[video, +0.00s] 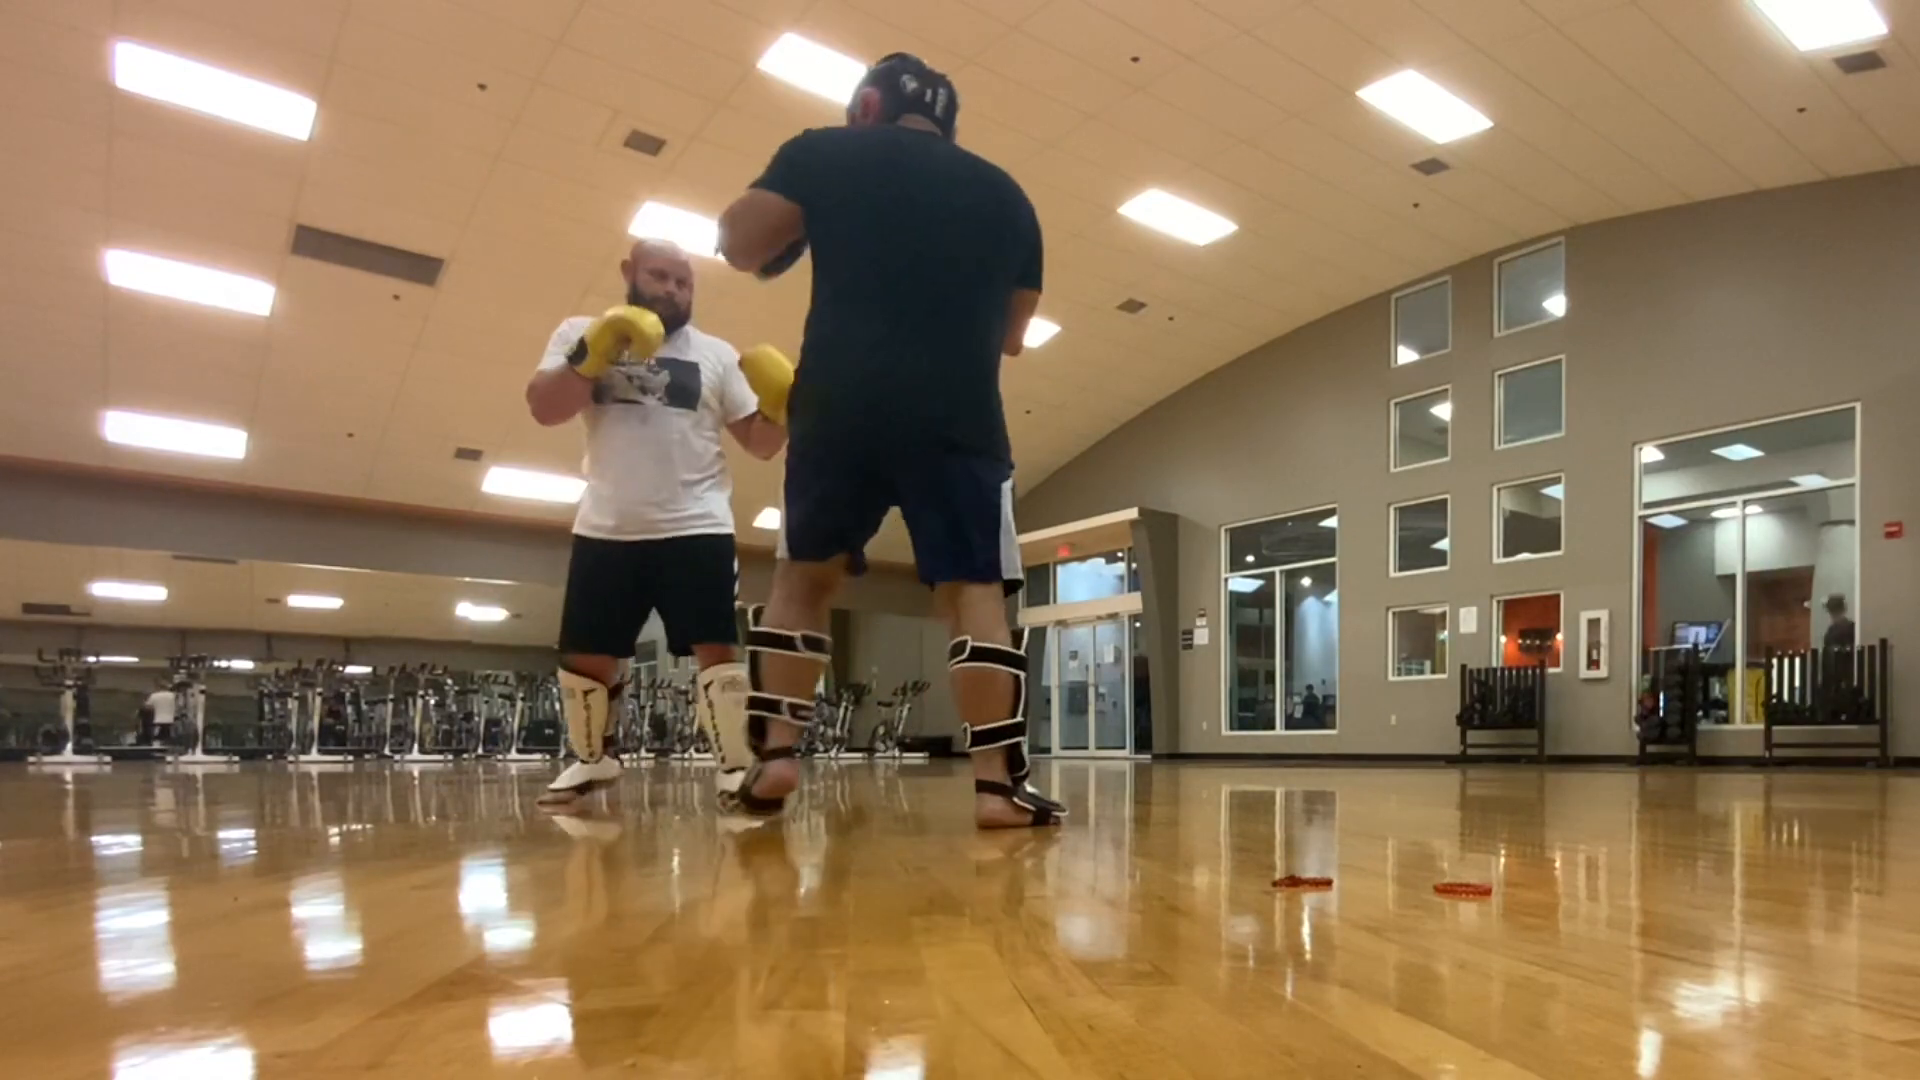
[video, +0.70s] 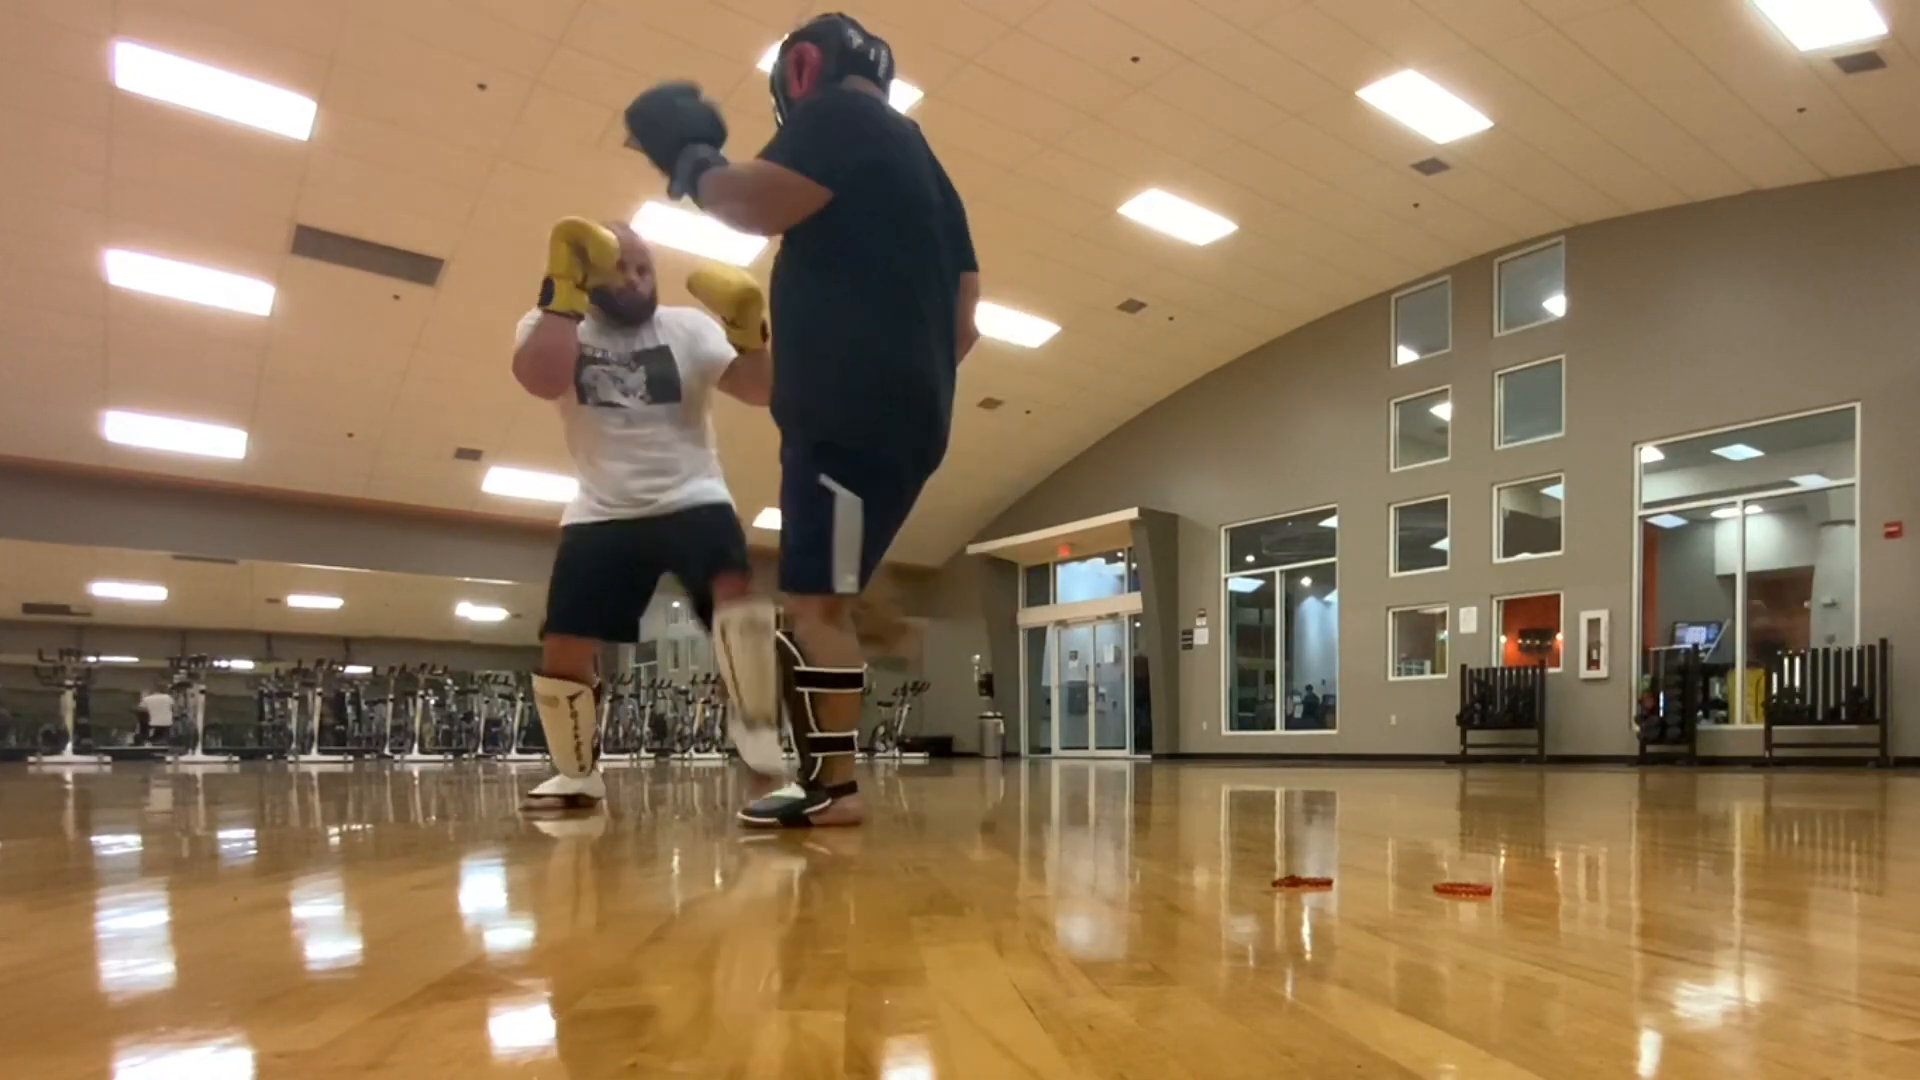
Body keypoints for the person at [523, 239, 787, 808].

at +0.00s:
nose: (671, 287)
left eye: (682, 281)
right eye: (659, 275)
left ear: (694, 293)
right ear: (628, 276)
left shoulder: (716, 356)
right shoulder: (582, 335)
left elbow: (762, 443)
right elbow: (545, 408)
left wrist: (782, 403)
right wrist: (595, 356)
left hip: (696, 529)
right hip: (608, 529)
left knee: (715, 648)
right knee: (587, 657)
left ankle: (735, 771)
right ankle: (589, 761)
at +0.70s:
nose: (637, 279)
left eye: (644, 267)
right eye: (622, 270)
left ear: (655, 271)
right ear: (592, 278)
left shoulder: (689, 328)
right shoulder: (560, 329)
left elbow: (760, 389)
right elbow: (544, 380)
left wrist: (753, 335)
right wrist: (566, 296)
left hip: (693, 499)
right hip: (602, 508)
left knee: (733, 583)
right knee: (566, 638)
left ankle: (757, 726)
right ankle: (576, 775)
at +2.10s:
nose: (733, 248)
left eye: (740, 240)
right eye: (723, 232)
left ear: (738, 245)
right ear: (683, 219)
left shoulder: (744, 310)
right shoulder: (611, 263)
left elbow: (794, 401)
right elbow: (595, 332)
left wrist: (837, 348)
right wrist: (666, 266)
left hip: (725, 503)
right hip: (627, 494)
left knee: (752, 635)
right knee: (615, 641)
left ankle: (803, 767)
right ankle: (608, 772)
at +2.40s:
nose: (787, 231)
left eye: (798, 223)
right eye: (777, 211)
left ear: (800, 233)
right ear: (733, 198)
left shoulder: (802, 299)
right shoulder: (662, 246)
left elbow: (825, 398)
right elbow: (618, 326)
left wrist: (865, 372)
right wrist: (704, 292)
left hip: (770, 490)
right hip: (667, 472)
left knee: (790, 631)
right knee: (609, 621)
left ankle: (810, 771)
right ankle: (585, 738)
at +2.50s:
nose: (783, 212)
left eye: (794, 203)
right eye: (771, 196)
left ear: (799, 211)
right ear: (728, 188)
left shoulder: (805, 283)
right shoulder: (662, 234)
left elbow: (855, 378)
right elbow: (620, 308)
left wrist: (890, 327)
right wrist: (700, 247)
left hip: (768, 475)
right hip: (667, 457)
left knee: (785, 626)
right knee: (618, 605)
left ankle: (810, 773)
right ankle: (577, 760)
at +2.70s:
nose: (758, 184)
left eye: (765, 181)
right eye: (745, 168)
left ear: (768, 196)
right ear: (695, 161)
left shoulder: (775, 270)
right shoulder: (628, 223)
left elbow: (828, 370)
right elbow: (598, 309)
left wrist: (864, 315)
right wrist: (689, 254)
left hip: (760, 464)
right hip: (658, 451)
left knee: (782, 619)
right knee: (637, 608)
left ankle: (811, 773)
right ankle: (593, 776)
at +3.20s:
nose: (800, 177)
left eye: (804, 169)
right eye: (789, 157)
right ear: (739, 143)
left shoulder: (787, 270)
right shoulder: (667, 200)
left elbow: (792, 380)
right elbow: (703, 289)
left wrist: (864, 345)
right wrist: (782, 228)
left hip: (794, 470)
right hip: (689, 455)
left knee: (822, 625)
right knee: (646, 618)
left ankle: (868, 775)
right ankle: (595, 779)